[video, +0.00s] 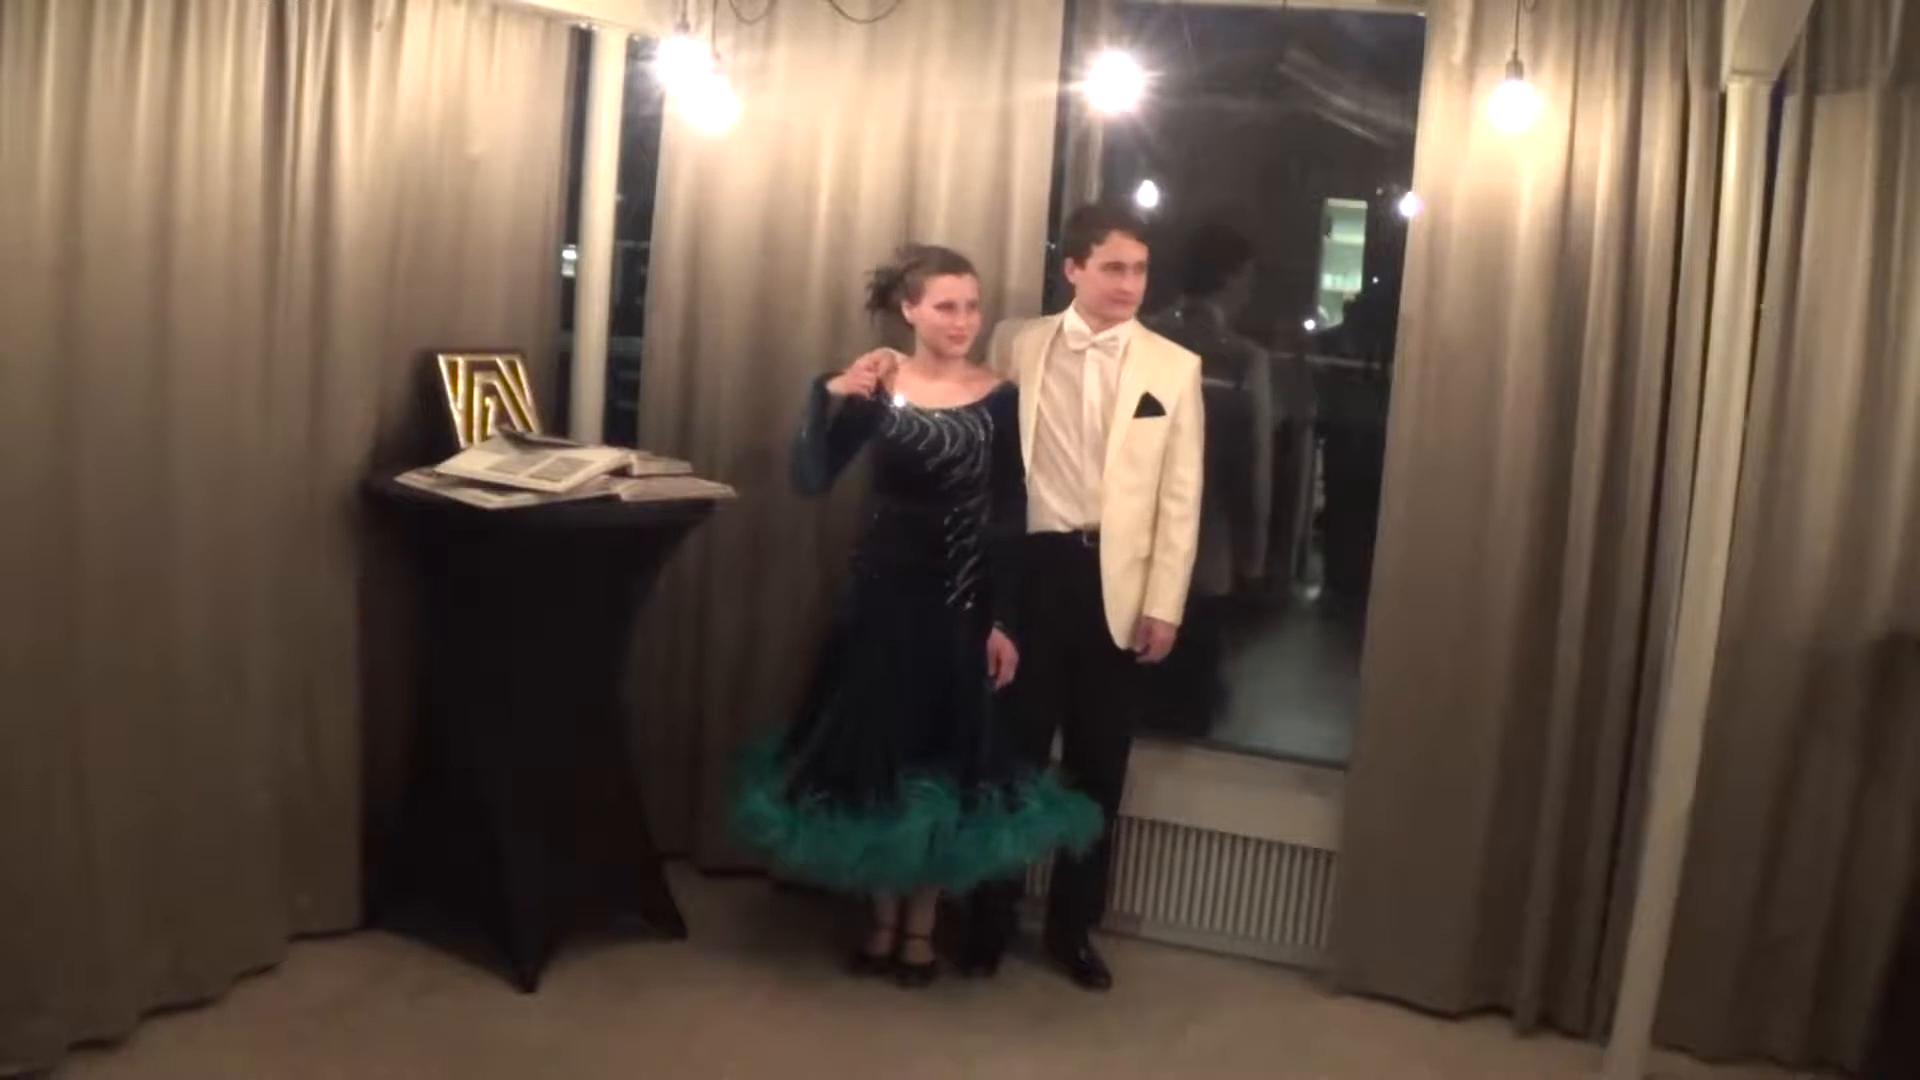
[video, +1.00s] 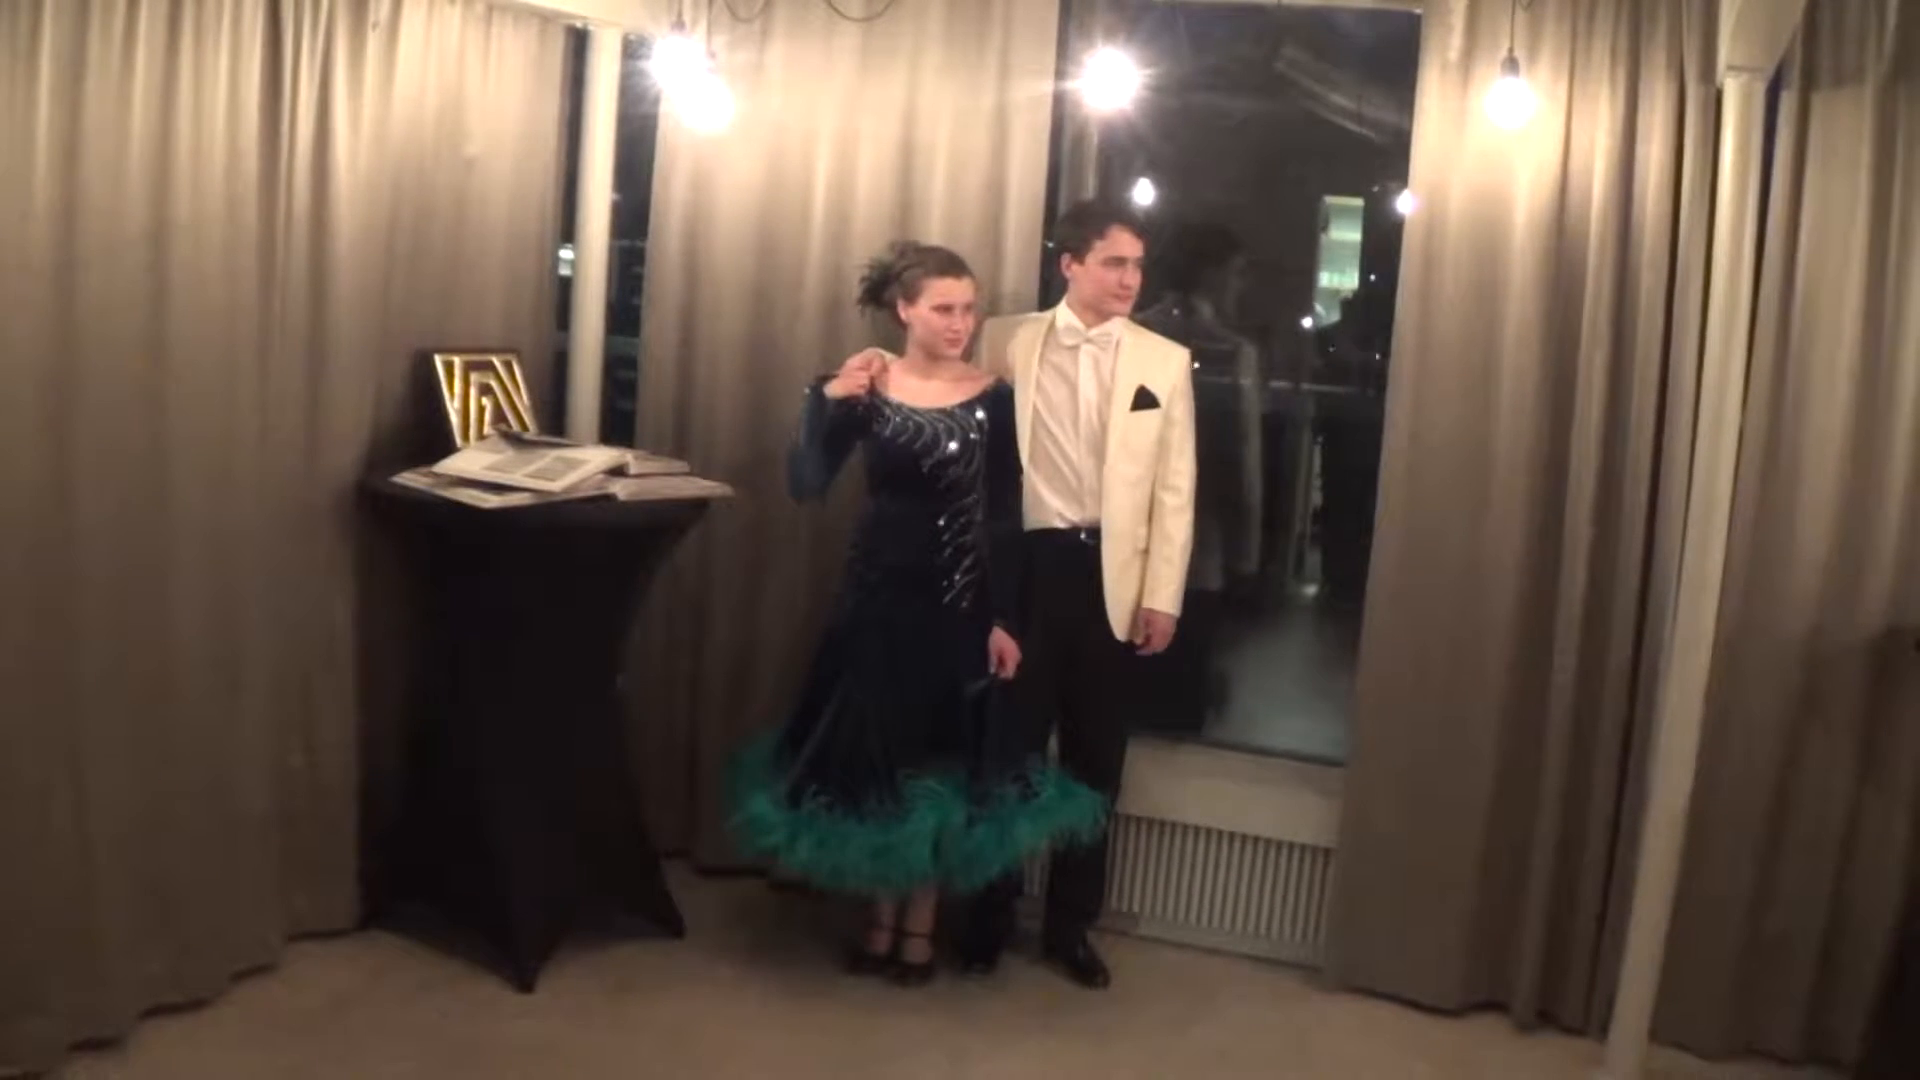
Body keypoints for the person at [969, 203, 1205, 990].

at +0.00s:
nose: (1129, 284)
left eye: (1140, 271)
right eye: (1114, 267)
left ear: (1151, 281)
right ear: (1072, 271)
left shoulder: (1176, 369)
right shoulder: (1018, 344)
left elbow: (1182, 498)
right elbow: (976, 454)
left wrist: (1165, 603)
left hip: (1114, 580)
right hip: (1024, 569)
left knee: (1099, 762)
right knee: (1010, 745)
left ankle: (1073, 929)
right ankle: (984, 922)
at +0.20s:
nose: (1134, 283)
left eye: (1143, 270)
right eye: (1118, 267)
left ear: (1151, 278)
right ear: (1074, 270)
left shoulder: (1173, 369)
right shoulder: (1016, 344)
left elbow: (1180, 496)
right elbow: (973, 453)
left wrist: (1165, 601)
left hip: (1113, 577)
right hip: (1023, 567)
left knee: (1099, 759)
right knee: (1011, 743)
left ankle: (1072, 928)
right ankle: (985, 922)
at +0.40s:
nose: (1134, 282)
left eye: (1142, 268)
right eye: (1119, 266)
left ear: (1148, 278)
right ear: (1073, 269)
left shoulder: (1171, 367)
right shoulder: (1012, 343)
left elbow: (1177, 494)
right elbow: (970, 455)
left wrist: (1163, 599)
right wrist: (964, 566)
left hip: (1112, 577)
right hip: (1020, 568)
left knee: (1098, 760)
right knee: (1007, 742)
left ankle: (1073, 929)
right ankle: (982, 923)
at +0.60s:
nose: (1133, 281)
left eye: (1141, 268)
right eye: (1118, 265)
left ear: (1147, 278)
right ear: (1072, 268)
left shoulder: (1169, 366)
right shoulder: (1011, 342)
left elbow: (1177, 492)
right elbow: (971, 456)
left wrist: (1163, 597)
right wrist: (965, 566)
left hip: (1112, 576)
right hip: (1021, 567)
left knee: (1097, 758)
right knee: (1008, 742)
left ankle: (1073, 928)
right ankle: (982, 922)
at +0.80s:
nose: (1132, 280)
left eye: (1140, 267)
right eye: (1117, 264)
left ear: (1145, 276)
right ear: (1070, 268)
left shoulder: (1167, 363)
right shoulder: (1011, 342)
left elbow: (1176, 490)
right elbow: (971, 456)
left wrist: (1163, 596)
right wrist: (963, 565)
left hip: (1111, 575)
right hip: (1020, 566)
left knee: (1097, 758)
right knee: (1007, 742)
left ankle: (1072, 928)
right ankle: (982, 922)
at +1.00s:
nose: (1129, 279)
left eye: (1138, 266)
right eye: (1114, 263)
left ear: (1144, 276)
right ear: (1069, 266)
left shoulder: (1165, 363)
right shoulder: (1009, 342)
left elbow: (1176, 490)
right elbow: (969, 452)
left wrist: (1163, 595)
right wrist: (965, 569)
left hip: (1111, 573)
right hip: (1021, 565)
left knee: (1096, 754)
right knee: (1008, 740)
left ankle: (1071, 926)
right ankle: (984, 919)